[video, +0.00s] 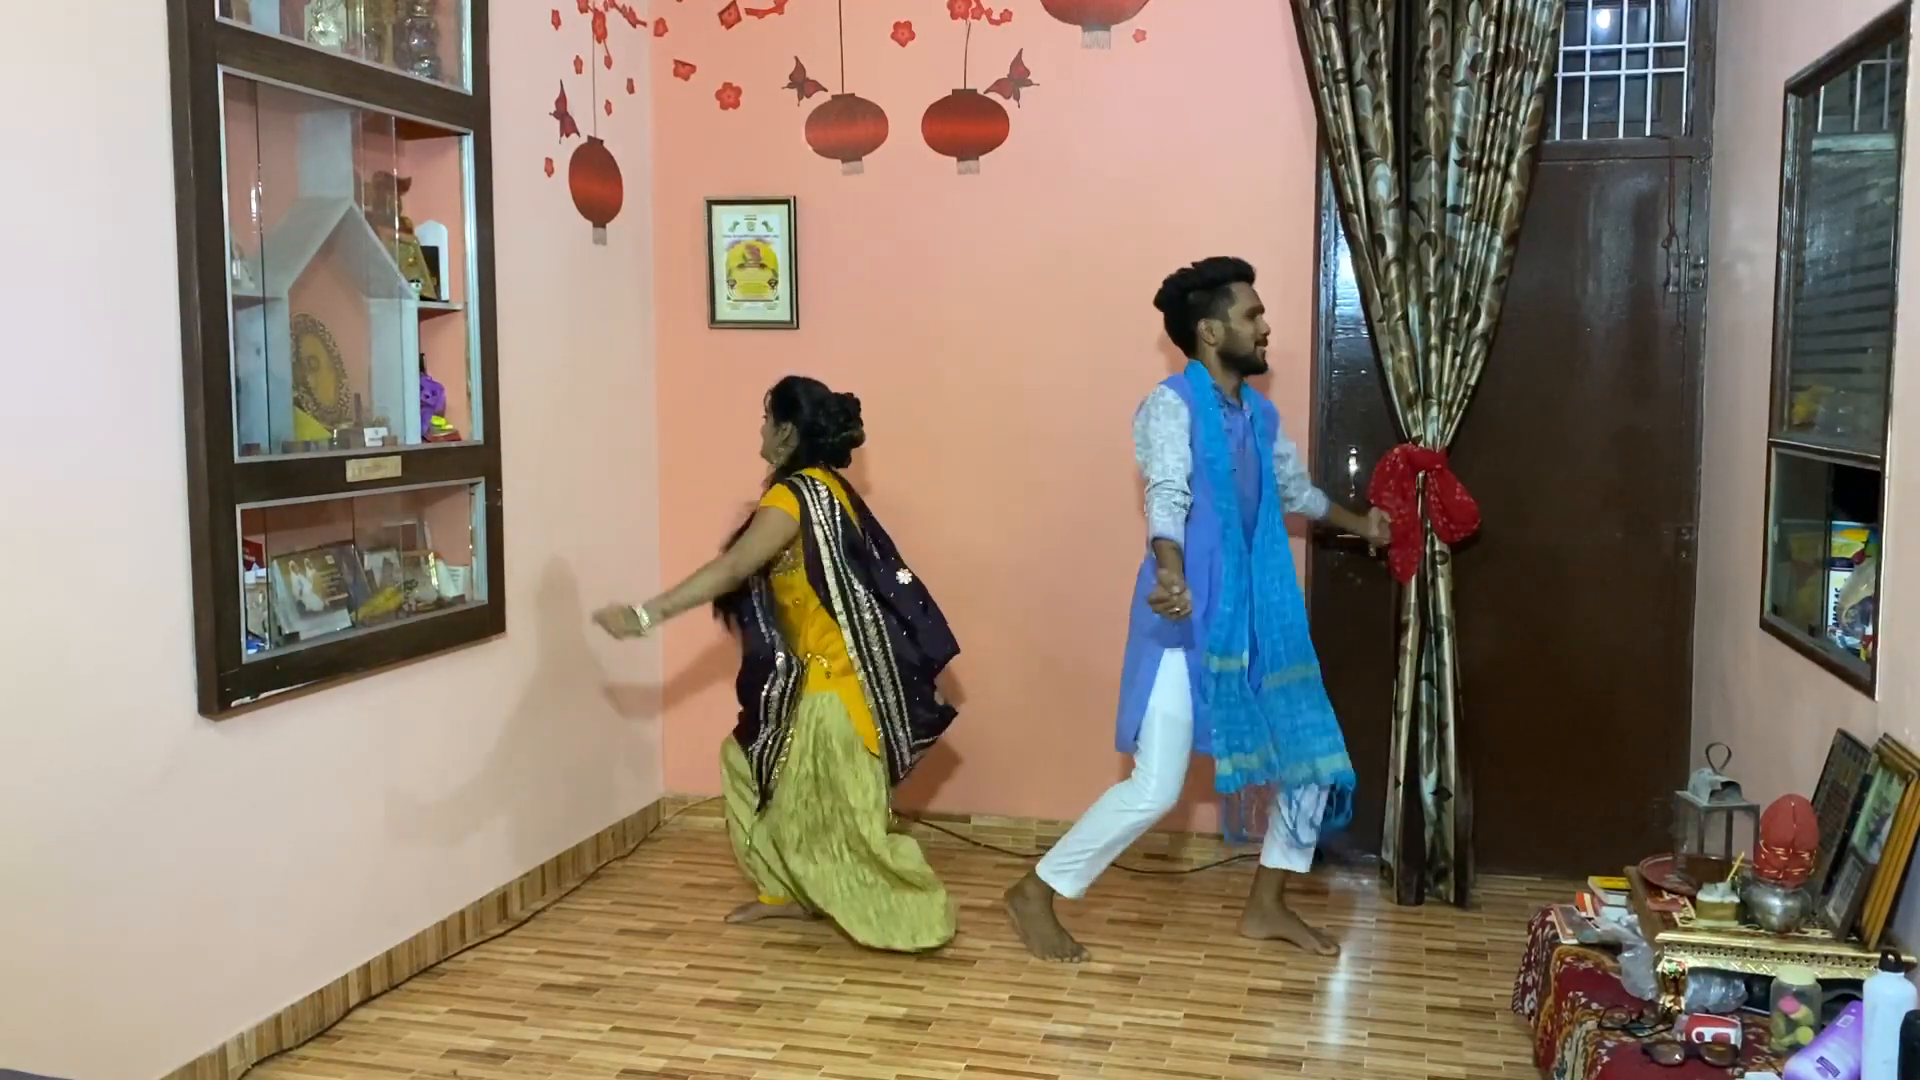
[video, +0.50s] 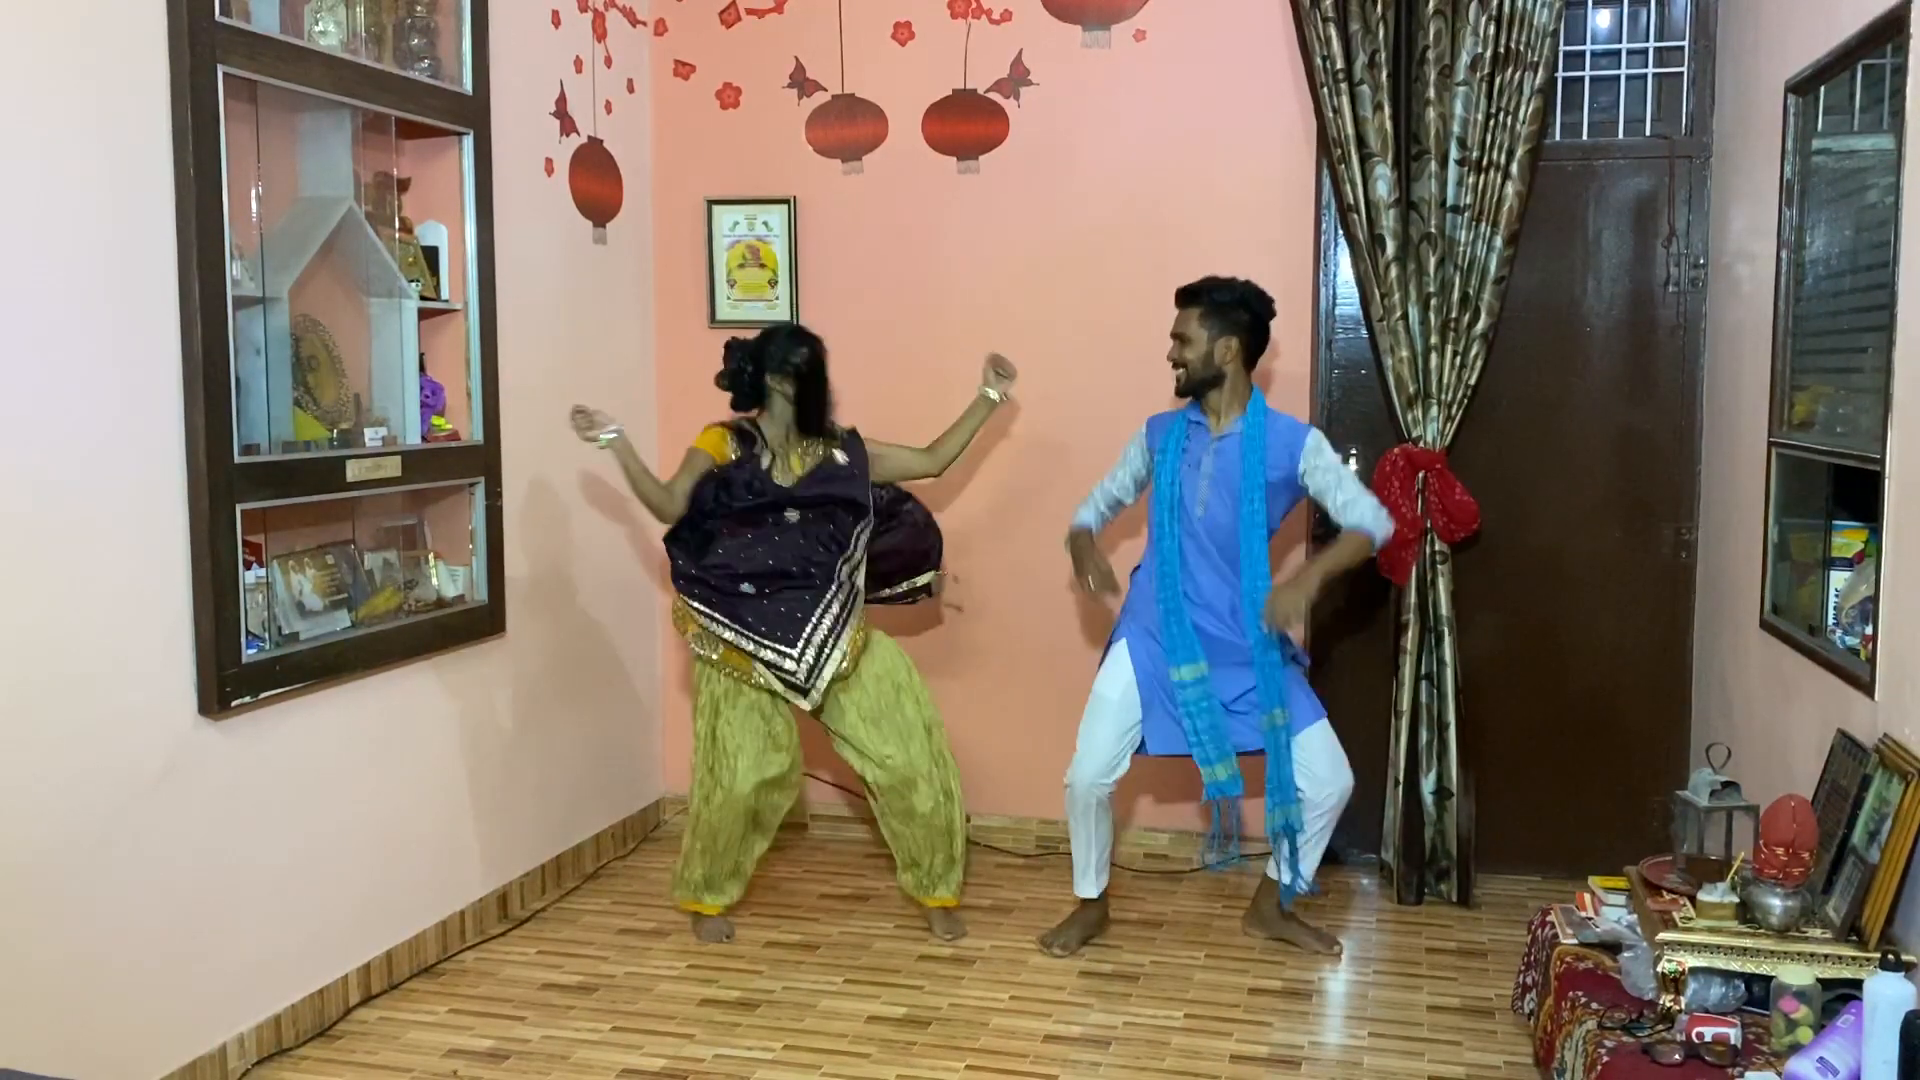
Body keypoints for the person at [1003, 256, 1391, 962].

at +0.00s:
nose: (1266, 325)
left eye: (1262, 313)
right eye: (1252, 315)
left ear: (1228, 328)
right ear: (1208, 332)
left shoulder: (1260, 414)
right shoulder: (1170, 407)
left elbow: (1295, 491)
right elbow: (1166, 496)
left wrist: (1361, 521)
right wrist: (1170, 572)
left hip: (1259, 619)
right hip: (1186, 615)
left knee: (1313, 757)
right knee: (1158, 787)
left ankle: (1268, 902)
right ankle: (1038, 892)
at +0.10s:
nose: (1274, 336)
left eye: (1271, 324)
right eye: (1260, 327)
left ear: (1234, 339)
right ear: (1214, 343)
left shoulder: (1253, 427)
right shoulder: (1182, 427)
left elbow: (1284, 511)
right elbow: (1153, 517)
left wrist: (1359, 535)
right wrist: (1132, 591)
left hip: (1250, 627)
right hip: (1183, 629)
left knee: (1325, 748)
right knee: (1165, 795)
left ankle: (1269, 903)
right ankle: (1046, 890)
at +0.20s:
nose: (1267, 348)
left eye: (1267, 334)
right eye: (1248, 339)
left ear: (1270, 338)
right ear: (1204, 360)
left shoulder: (1255, 433)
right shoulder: (1190, 436)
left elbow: (1278, 535)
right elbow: (1145, 524)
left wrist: (1370, 567)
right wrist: (1117, 601)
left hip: (1248, 637)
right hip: (1182, 642)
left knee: (1337, 749)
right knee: (1158, 800)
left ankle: (1267, 903)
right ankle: (1056, 892)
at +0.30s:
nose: (1191, 364)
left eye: (1207, 350)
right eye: (1184, 353)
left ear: (1252, 357)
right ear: (1179, 360)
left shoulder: (1278, 452)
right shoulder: (1162, 447)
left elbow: (1291, 565)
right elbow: (1136, 548)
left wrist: (1339, 654)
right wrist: (1138, 640)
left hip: (1256, 652)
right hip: (1174, 652)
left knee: (1344, 758)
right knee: (1143, 800)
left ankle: (1269, 902)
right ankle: (1101, 906)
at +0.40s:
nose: (1167, 370)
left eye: (1181, 357)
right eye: (1168, 357)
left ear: (1231, 366)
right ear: (1213, 368)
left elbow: (1317, 569)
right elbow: (1120, 558)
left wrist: (1324, 670)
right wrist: (1127, 647)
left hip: (1257, 660)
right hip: (1159, 656)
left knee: (1347, 775)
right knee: (1106, 797)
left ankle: (1272, 899)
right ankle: (1099, 899)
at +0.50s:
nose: (1170, 352)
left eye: (1183, 340)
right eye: (1171, 339)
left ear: (1232, 350)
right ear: (1218, 351)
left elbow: (1369, 522)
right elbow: (1092, 512)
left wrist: (1304, 579)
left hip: (1247, 645)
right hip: (1153, 637)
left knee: (1327, 780)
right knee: (1088, 775)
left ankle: (1271, 903)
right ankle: (1090, 902)